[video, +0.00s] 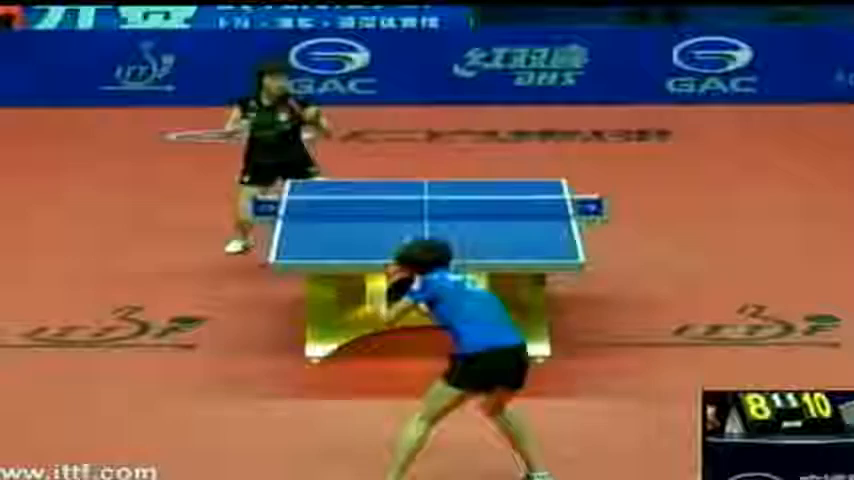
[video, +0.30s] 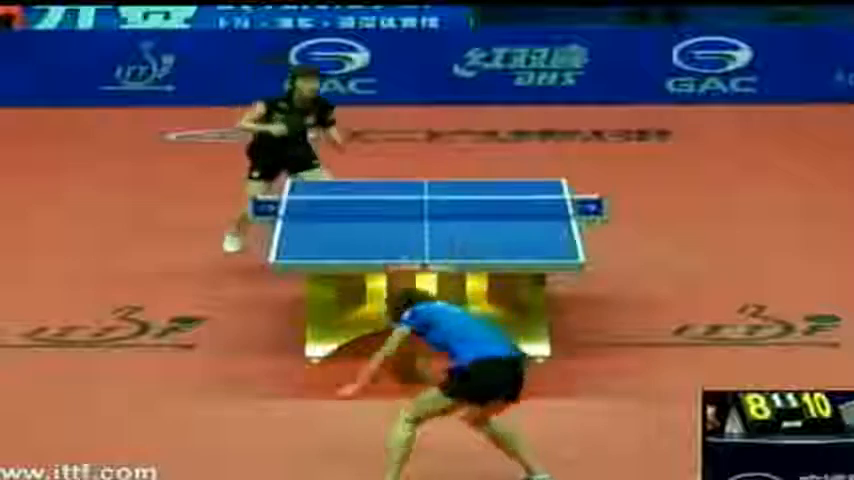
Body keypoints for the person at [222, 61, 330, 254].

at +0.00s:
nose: (280, 85)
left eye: (283, 79)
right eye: (274, 79)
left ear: (287, 82)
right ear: (263, 82)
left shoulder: (294, 104)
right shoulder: (248, 106)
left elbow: (325, 130)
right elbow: (231, 127)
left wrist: (316, 122)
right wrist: (236, 128)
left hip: (295, 163)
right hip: (260, 165)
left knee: (320, 193)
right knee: (244, 207)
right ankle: (244, 238)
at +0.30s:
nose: (311, 87)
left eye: (314, 82)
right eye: (306, 82)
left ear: (318, 85)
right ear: (295, 83)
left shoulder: (320, 107)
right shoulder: (273, 105)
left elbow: (330, 129)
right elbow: (243, 124)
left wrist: (338, 141)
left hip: (299, 153)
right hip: (267, 156)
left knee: (327, 192)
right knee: (256, 206)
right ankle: (236, 232)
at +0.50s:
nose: (324, 96)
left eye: (328, 91)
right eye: (320, 90)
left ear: (333, 94)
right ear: (309, 90)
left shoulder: (331, 117)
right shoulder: (287, 106)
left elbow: (340, 142)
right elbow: (253, 128)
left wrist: (349, 150)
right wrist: (280, 133)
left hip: (298, 159)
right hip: (266, 158)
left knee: (327, 196)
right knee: (250, 207)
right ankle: (213, 241)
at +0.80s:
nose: (314, 114)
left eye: (316, 109)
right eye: (309, 108)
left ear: (319, 113)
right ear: (297, 109)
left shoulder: (310, 138)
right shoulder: (273, 124)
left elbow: (320, 167)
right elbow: (250, 147)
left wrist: (342, 176)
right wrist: (288, 149)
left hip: (268, 176)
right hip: (240, 173)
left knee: (298, 207)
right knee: (241, 221)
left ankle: (296, 261)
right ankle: (198, 263)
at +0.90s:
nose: (316, 116)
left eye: (320, 111)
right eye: (312, 110)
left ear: (322, 114)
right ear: (299, 109)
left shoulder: (306, 136)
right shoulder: (277, 124)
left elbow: (315, 167)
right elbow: (267, 148)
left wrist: (342, 179)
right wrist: (310, 150)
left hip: (261, 176)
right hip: (235, 176)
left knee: (302, 194)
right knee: (243, 226)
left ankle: (294, 254)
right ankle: (198, 263)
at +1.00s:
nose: (329, 112)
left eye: (330, 107)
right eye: (326, 107)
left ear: (319, 110)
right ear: (313, 107)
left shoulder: (306, 124)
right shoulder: (301, 123)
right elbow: (314, 144)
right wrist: (348, 154)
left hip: (270, 172)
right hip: (246, 173)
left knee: (301, 203)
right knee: (249, 226)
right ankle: (199, 260)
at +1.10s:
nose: (343, 108)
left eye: (343, 103)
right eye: (339, 102)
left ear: (322, 103)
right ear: (324, 102)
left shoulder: (305, 114)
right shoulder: (318, 120)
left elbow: (282, 118)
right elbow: (322, 137)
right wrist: (343, 151)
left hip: (280, 169)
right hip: (261, 171)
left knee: (313, 195)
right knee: (261, 224)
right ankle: (201, 259)